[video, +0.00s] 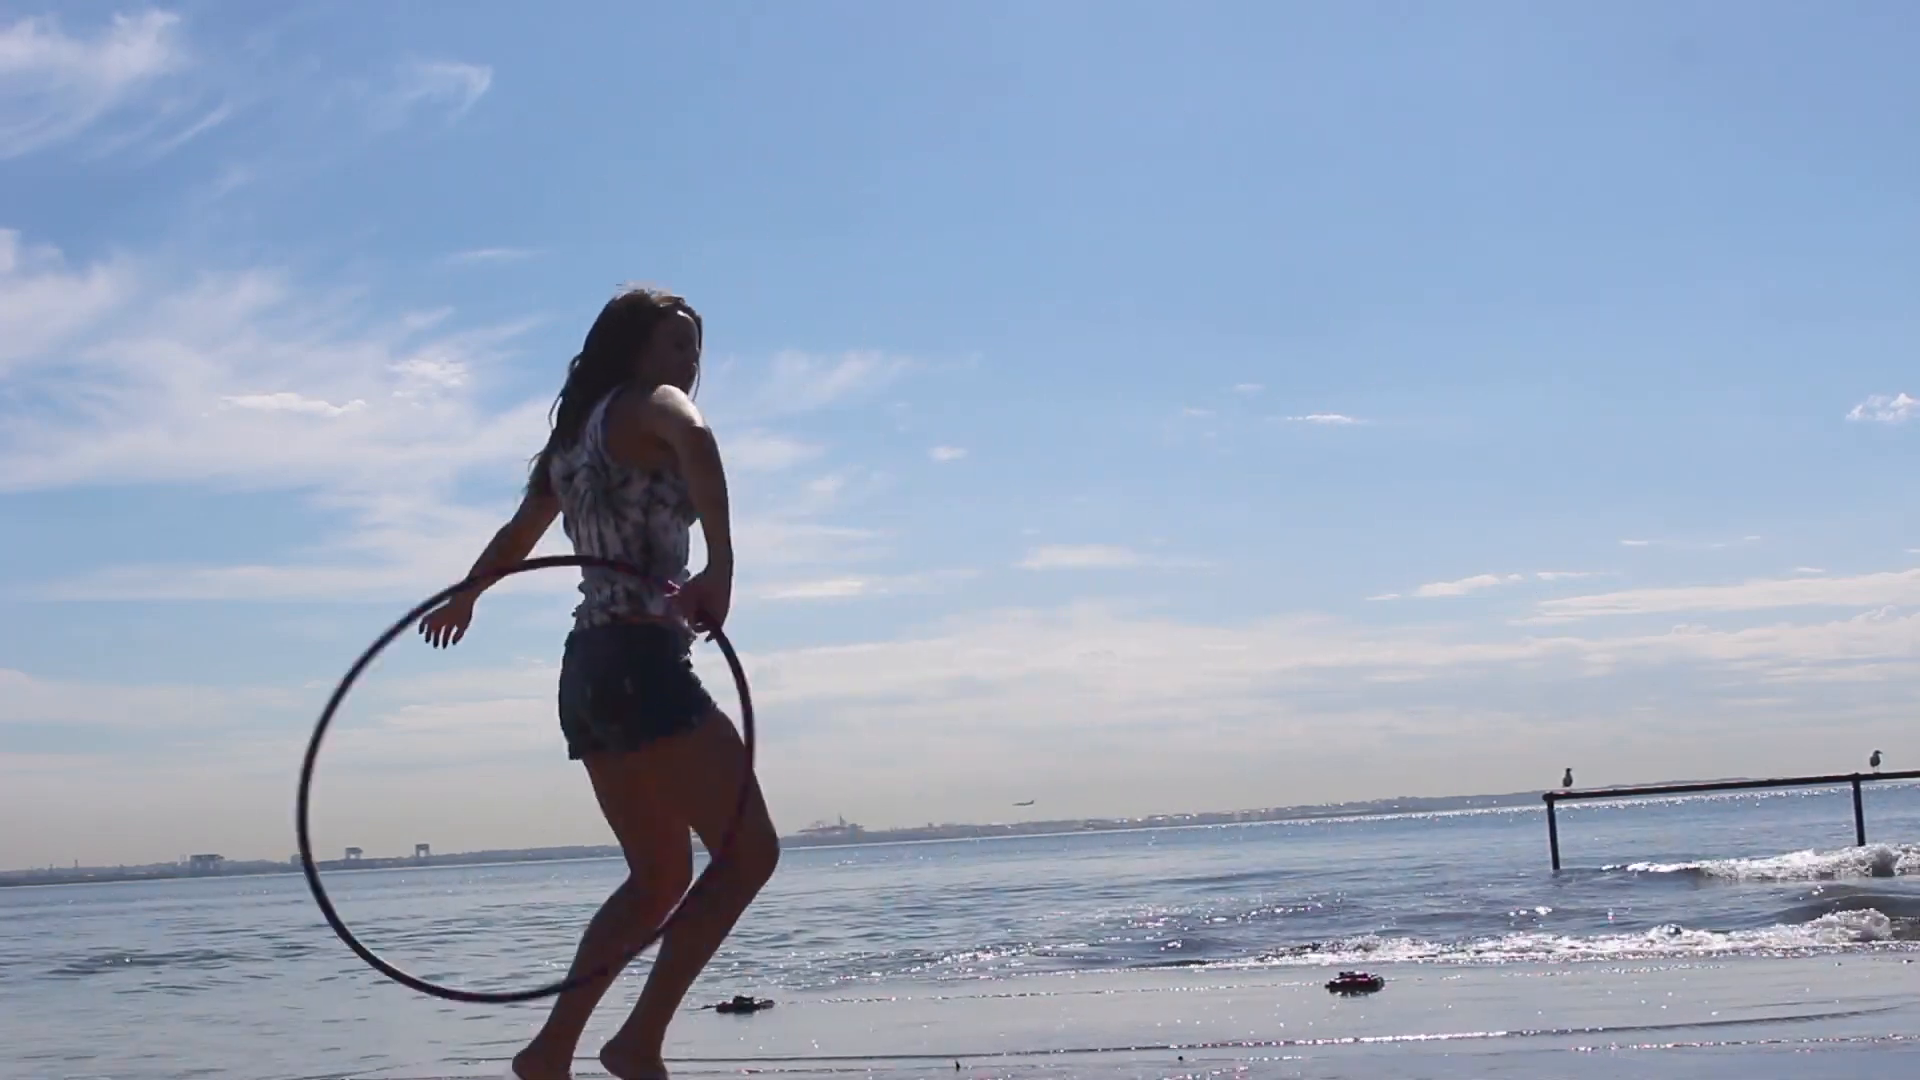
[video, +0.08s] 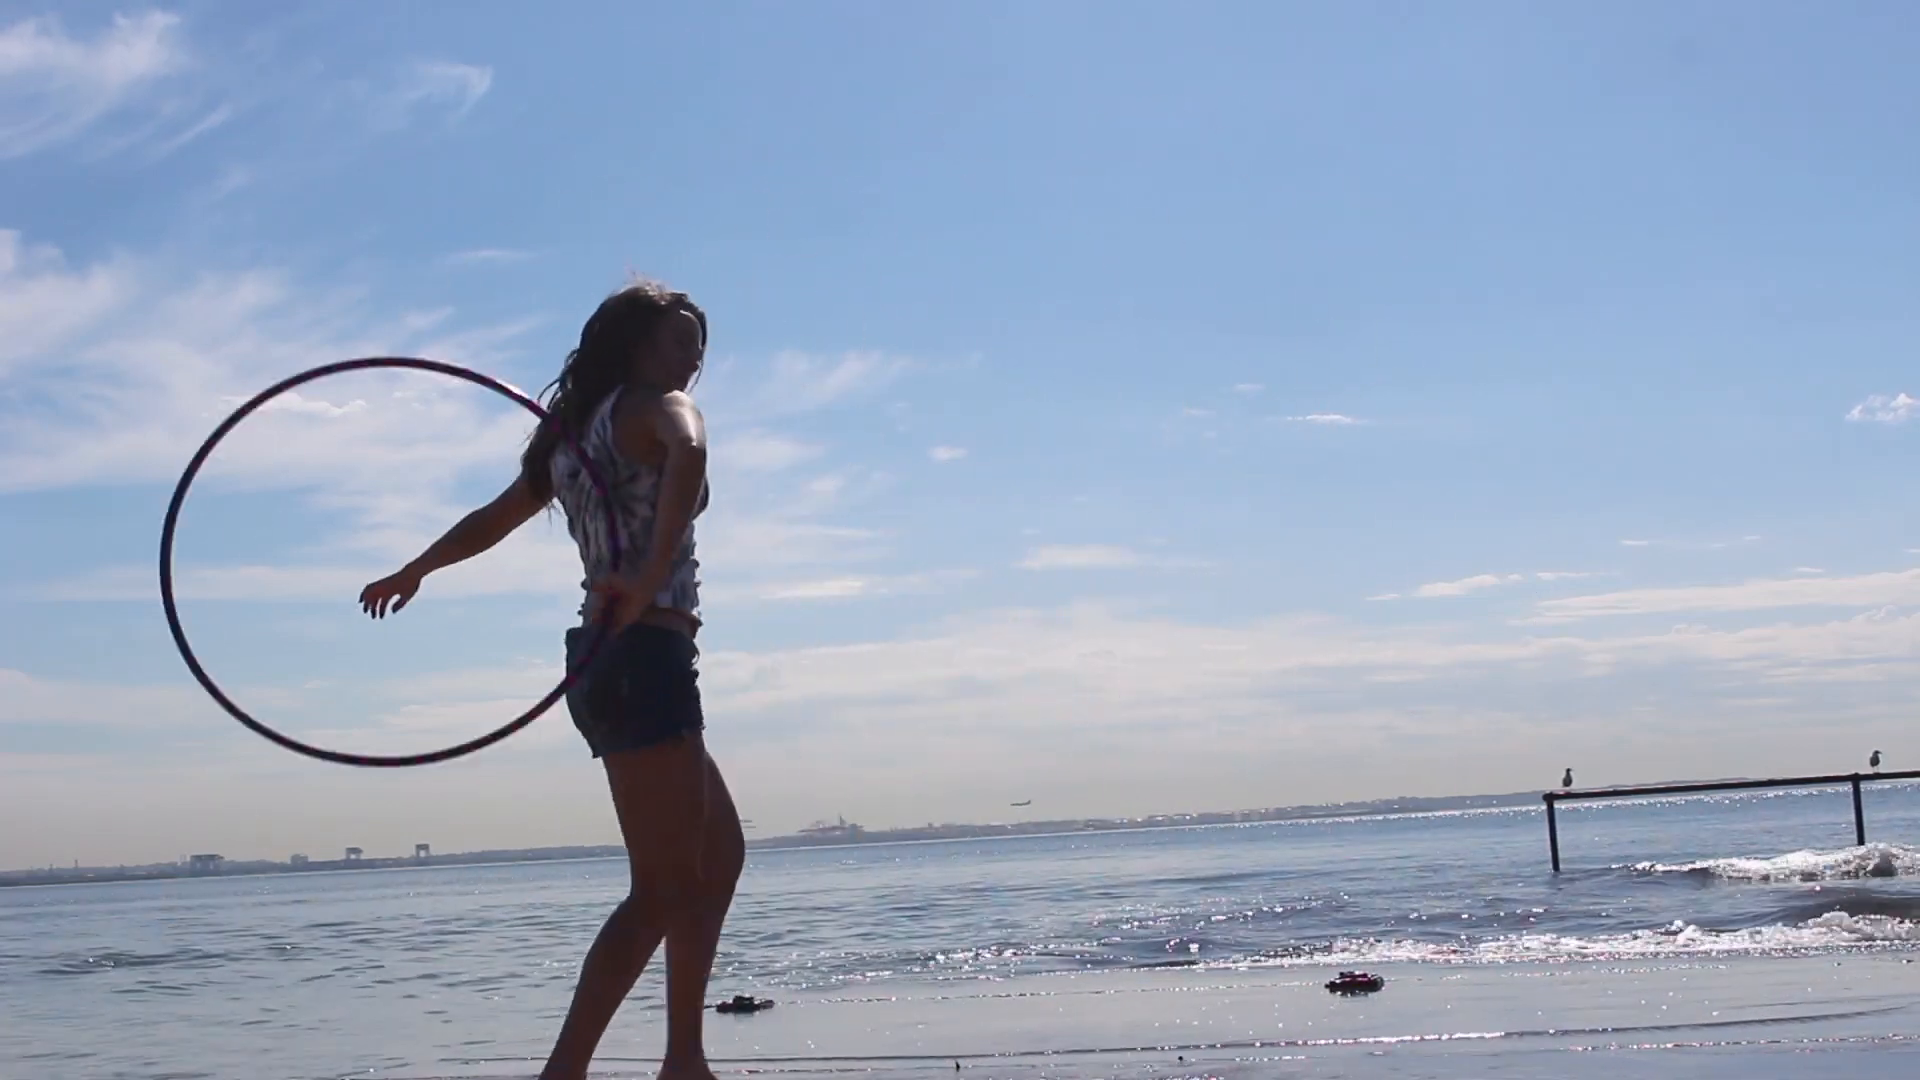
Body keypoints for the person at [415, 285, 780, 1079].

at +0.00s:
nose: (694, 365)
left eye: (697, 351)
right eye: (687, 348)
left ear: (622, 351)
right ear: (648, 341)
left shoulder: (576, 431)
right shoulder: (657, 401)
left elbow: (524, 529)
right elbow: (696, 444)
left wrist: (470, 588)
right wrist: (719, 567)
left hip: (590, 668)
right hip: (644, 662)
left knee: (659, 880)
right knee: (751, 851)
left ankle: (550, 1050)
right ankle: (640, 1042)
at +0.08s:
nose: (692, 361)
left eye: (696, 349)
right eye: (686, 345)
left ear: (619, 353)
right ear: (644, 340)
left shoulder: (574, 431)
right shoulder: (660, 405)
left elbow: (502, 513)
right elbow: (685, 462)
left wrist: (420, 566)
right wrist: (649, 576)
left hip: (604, 663)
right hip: (647, 663)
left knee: (719, 849)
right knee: (662, 888)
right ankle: (566, 1067)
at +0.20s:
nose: (712, 389)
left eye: (713, 374)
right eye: (703, 373)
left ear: (642, 381)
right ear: (667, 378)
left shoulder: (587, 465)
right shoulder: (680, 442)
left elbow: (489, 539)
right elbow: (668, 501)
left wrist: (388, 598)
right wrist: (598, 584)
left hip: (607, 706)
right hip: (649, 705)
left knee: (752, 869)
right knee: (645, 906)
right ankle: (557, 1073)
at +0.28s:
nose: (731, 398)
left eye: (731, 383)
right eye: (722, 381)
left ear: (660, 389)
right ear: (681, 382)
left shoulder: (601, 472)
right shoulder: (695, 444)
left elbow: (512, 576)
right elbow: (677, 502)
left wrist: (426, 663)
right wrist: (608, 604)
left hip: (627, 708)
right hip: (661, 707)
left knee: (790, 855)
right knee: (649, 913)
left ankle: (882, 1049)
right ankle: (557, 1074)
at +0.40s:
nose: (747, 378)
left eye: (751, 365)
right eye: (737, 360)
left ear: (662, 367)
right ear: (691, 357)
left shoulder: (628, 461)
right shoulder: (685, 414)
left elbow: (621, 609)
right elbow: (694, 453)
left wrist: (619, 733)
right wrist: (740, 577)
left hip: (699, 683)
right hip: (692, 680)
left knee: (797, 874)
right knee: (696, 897)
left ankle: (801, 1071)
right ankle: (569, 1066)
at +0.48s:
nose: (760, 381)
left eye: (763, 366)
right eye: (751, 361)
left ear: (722, 369)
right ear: (710, 355)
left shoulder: (706, 449)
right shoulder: (668, 418)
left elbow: (715, 595)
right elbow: (678, 438)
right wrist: (772, 524)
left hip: (750, 681)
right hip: (707, 681)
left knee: (820, 872)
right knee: (782, 887)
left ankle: (805, 1067)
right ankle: (630, 1042)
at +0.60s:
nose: (781, 379)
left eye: (785, 366)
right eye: (770, 363)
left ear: (774, 371)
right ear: (724, 362)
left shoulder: (756, 450)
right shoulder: (678, 441)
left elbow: (814, 495)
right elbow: (623, 527)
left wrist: (874, 412)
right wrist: (723, 559)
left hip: (786, 685)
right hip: (744, 690)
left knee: (843, 880)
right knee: (870, 867)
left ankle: (811, 1070)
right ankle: (878, 1066)